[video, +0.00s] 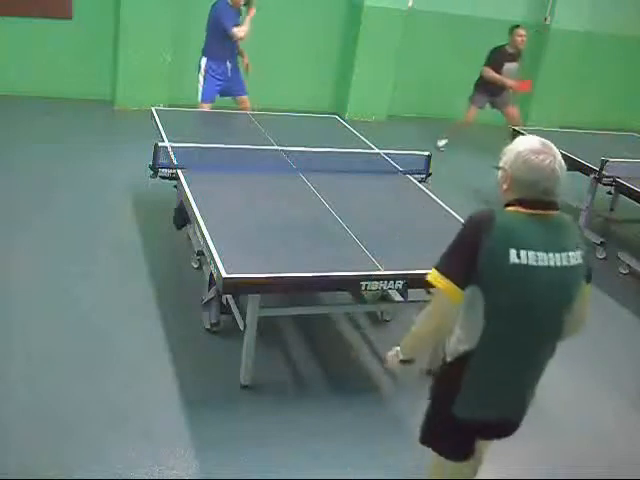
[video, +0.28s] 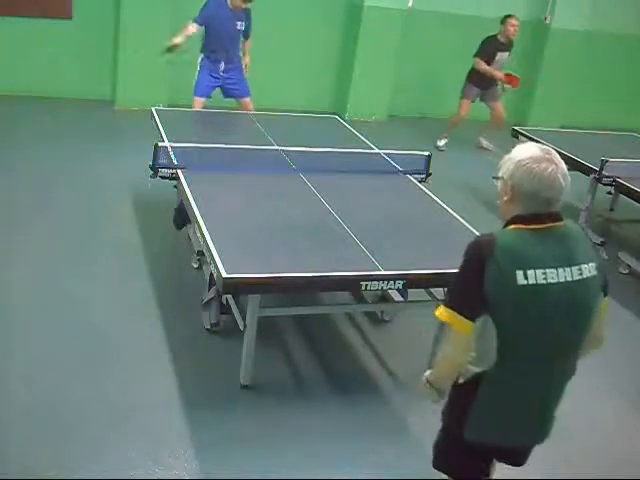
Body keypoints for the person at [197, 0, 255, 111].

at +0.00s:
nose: (242, 3)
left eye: (243, 1)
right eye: (241, 1)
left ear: (243, 2)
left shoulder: (236, 10)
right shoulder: (220, 7)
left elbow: (232, 40)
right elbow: (238, 34)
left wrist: (243, 56)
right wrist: (249, 16)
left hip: (230, 61)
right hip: (212, 61)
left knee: (244, 104)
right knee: (205, 107)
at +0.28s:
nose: (244, 6)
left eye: (246, 4)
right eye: (243, 2)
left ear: (247, 3)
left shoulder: (245, 12)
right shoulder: (213, 6)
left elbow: (246, 38)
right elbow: (194, 25)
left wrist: (246, 57)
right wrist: (179, 40)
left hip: (233, 65)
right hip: (209, 64)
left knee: (248, 107)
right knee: (198, 105)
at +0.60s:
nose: (231, 0)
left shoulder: (245, 12)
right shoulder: (210, 5)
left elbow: (249, 37)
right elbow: (192, 25)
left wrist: (242, 51)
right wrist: (198, 45)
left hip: (231, 64)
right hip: (207, 62)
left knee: (245, 106)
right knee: (189, 104)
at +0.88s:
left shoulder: (243, 8)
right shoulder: (210, 5)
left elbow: (249, 35)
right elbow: (195, 31)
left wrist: (240, 50)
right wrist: (206, 47)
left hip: (231, 64)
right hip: (207, 62)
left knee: (243, 105)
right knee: (192, 102)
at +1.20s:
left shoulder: (248, 2)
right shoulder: (208, 2)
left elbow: (252, 21)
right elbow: (196, 18)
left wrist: (246, 32)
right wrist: (208, 30)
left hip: (234, 50)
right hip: (211, 49)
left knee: (242, 91)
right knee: (199, 88)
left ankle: (247, 125)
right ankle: (192, 123)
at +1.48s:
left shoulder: (246, 6)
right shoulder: (210, 4)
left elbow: (252, 31)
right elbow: (199, 29)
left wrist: (245, 42)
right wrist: (211, 35)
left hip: (232, 56)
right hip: (207, 56)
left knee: (244, 100)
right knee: (193, 99)